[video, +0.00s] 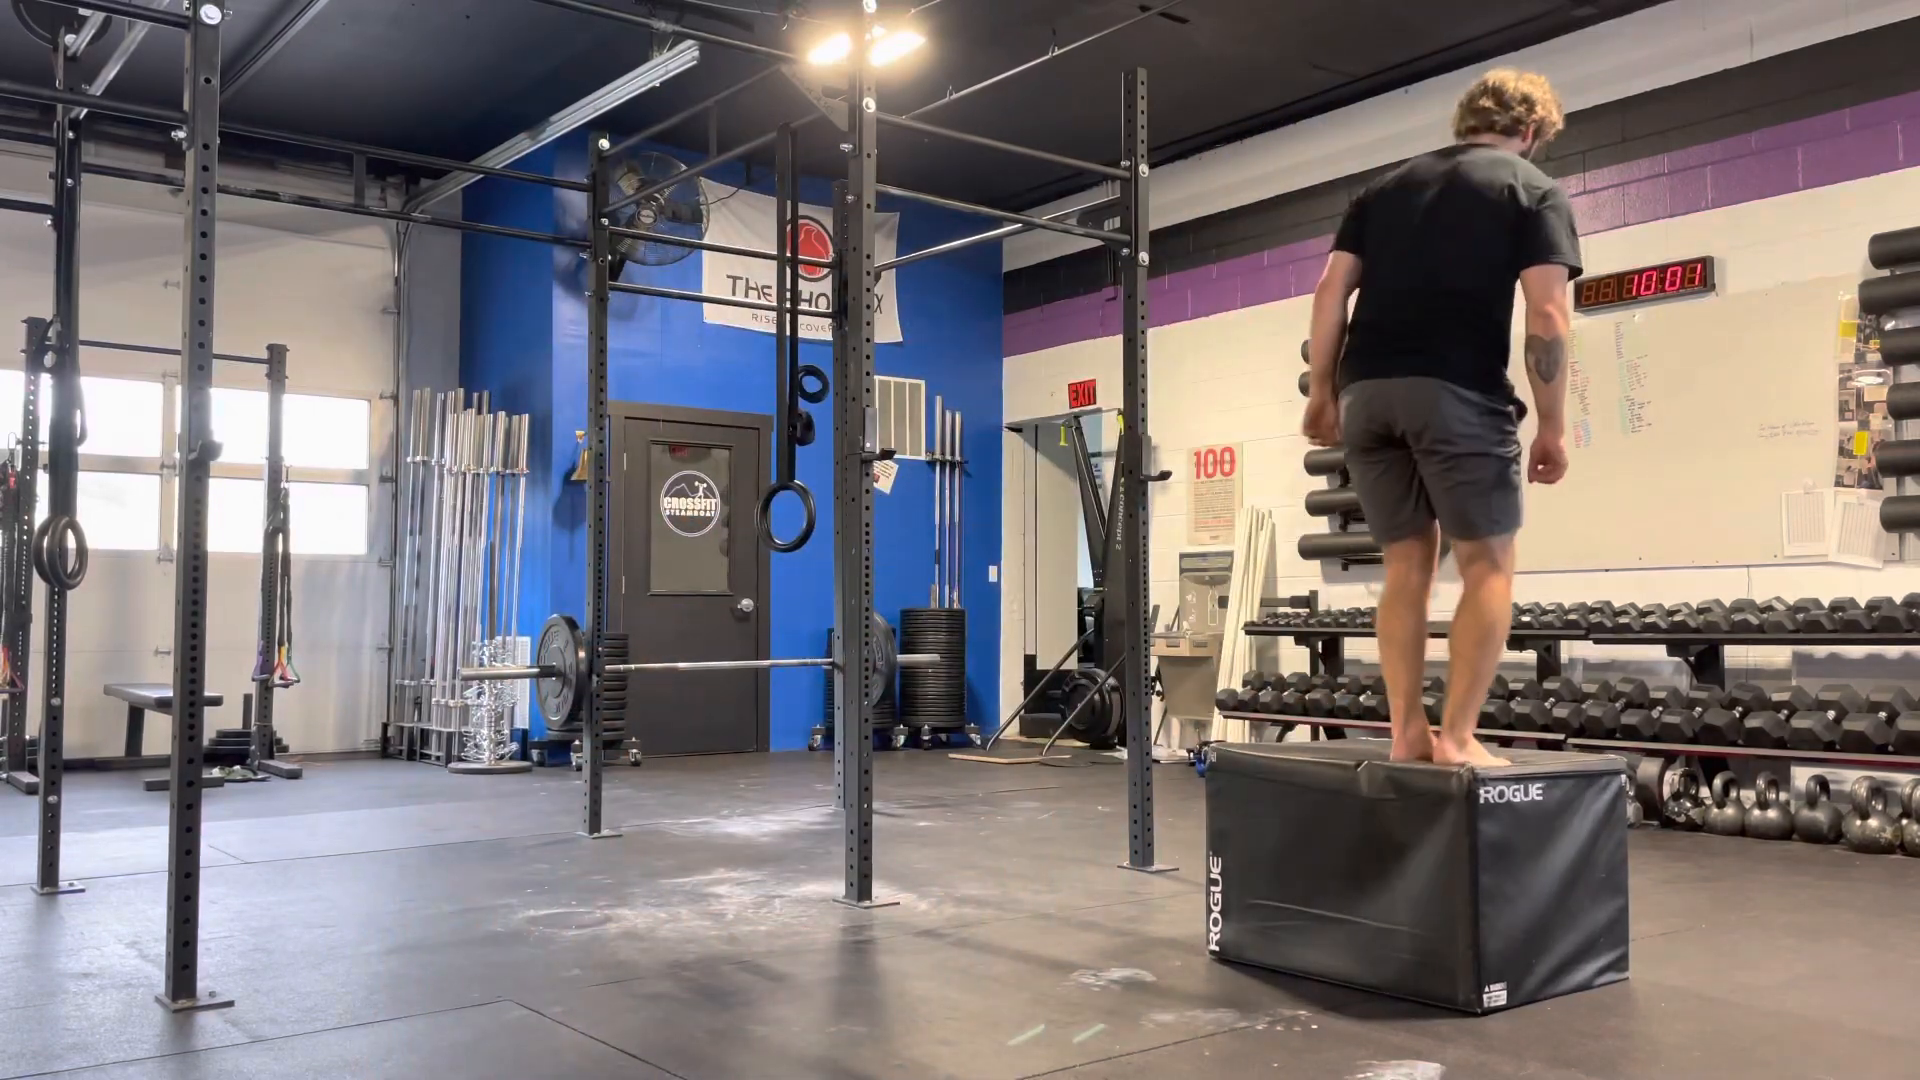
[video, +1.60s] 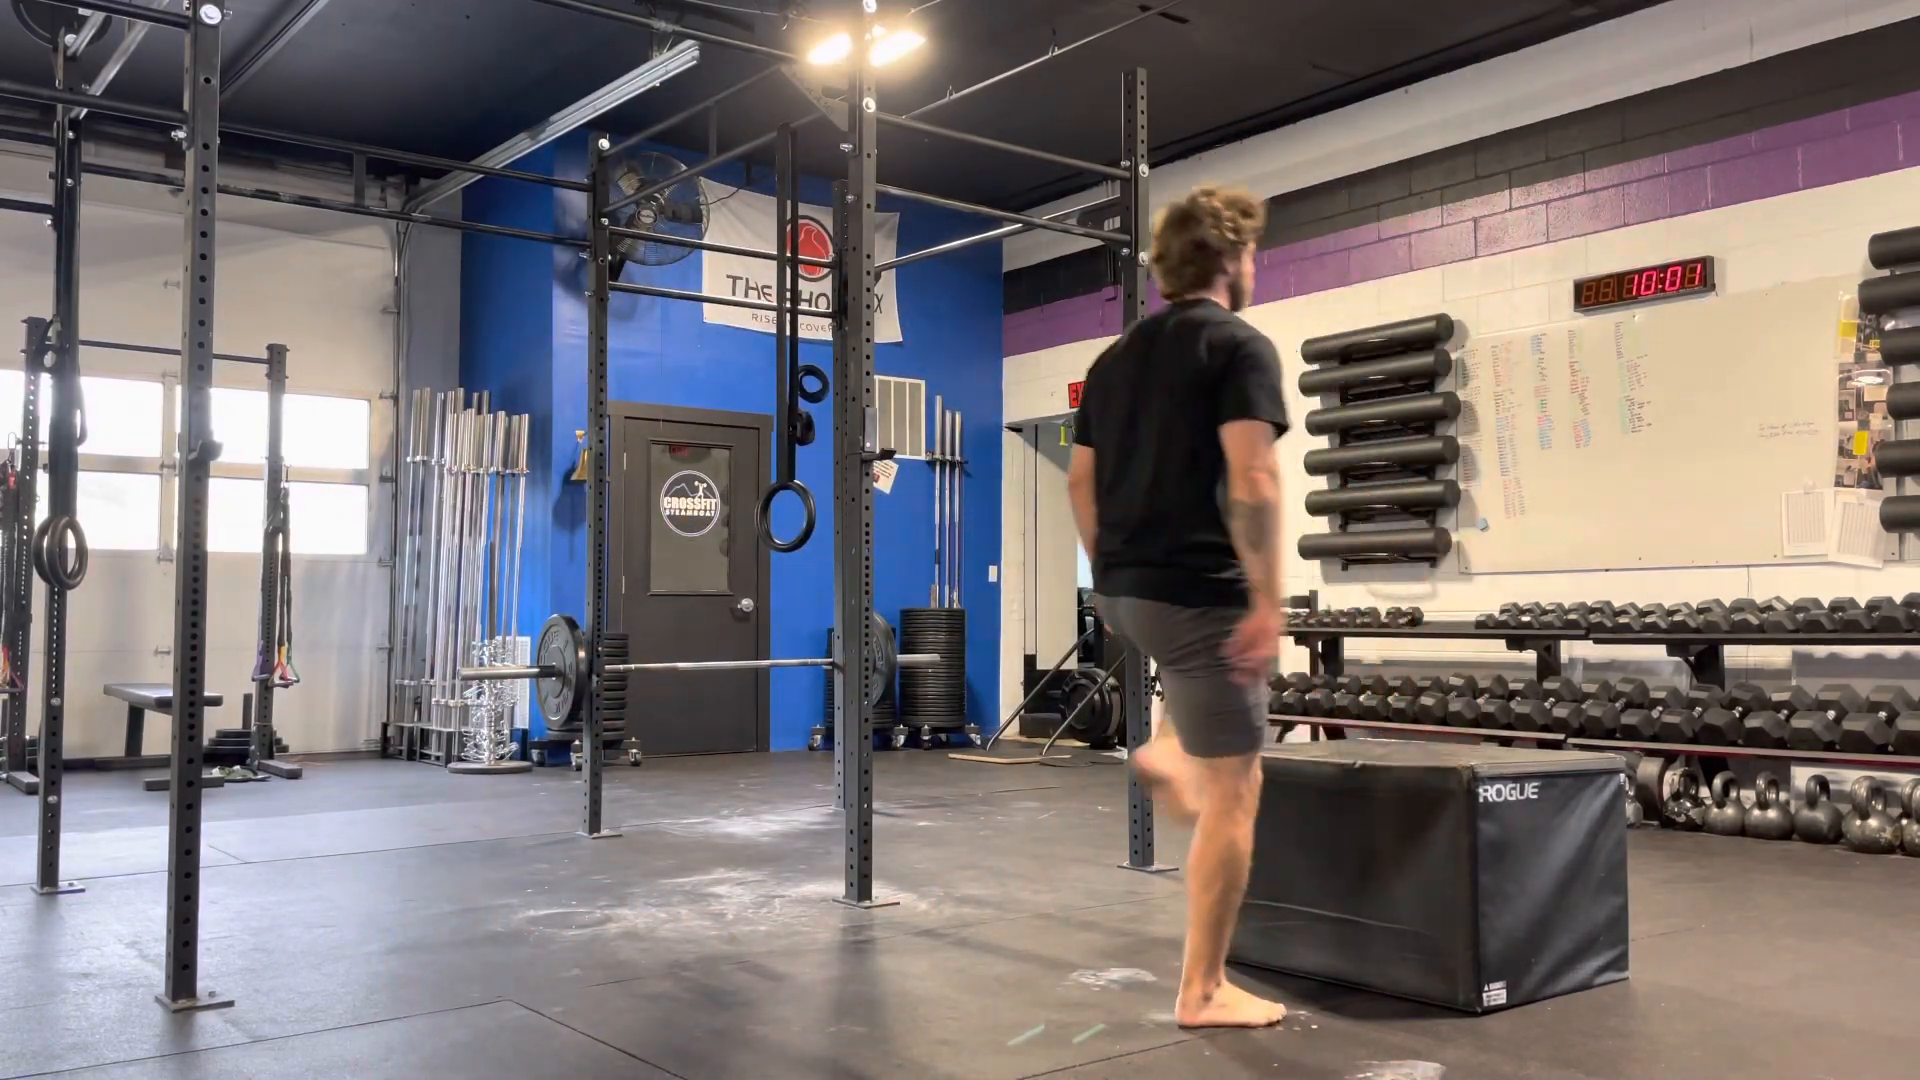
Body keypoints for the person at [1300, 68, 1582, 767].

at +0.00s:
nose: (1543, 151)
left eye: (1546, 142)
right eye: (1545, 141)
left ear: (1466, 123)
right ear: (1530, 131)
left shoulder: (1386, 186)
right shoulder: (1531, 188)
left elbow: (1330, 290)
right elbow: (1547, 318)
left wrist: (1321, 392)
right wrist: (1551, 427)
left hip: (1365, 391)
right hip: (1456, 391)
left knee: (1404, 560)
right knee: (1486, 568)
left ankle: (1407, 736)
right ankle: (1455, 740)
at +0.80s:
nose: (1467, 165)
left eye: (1465, 157)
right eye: (1465, 156)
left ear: (1386, 160)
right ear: (1449, 149)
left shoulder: (1341, 227)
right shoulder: (1459, 183)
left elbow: (1302, 336)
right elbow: (1485, 280)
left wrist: (1295, 438)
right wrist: (1510, 396)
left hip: (1321, 396)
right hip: (1396, 392)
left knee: (1383, 568)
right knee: (1443, 573)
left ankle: (1403, 735)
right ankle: (1319, 698)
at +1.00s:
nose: (1444, 202)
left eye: (1440, 192)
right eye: (1440, 192)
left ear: (1358, 202)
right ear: (1427, 190)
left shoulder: (1319, 261)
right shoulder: (1441, 227)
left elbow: (1268, 375)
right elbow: (1492, 351)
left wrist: (1273, 477)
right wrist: (1508, 449)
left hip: (1290, 429)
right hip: (1360, 433)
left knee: (1387, 577)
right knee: (1347, 636)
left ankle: (1402, 731)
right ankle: (1270, 794)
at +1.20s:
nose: (1400, 273)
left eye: (1394, 263)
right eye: (1396, 262)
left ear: (1312, 270)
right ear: (1384, 267)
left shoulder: (1272, 339)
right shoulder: (1404, 317)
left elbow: (1221, 457)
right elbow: (1477, 442)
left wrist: (1248, 530)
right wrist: (1484, 510)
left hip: (1244, 531)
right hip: (1314, 543)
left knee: (1382, 563)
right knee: (1293, 753)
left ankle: (1404, 733)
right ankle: (1239, 930)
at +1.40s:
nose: (1326, 317)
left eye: (1324, 303)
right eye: (1324, 304)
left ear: (1244, 311)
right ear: (1305, 310)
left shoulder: (1186, 399)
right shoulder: (1311, 383)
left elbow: (1148, 519)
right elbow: (1386, 512)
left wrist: (1172, 613)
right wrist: (1429, 566)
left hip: (1199, 615)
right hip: (1272, 621)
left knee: (1326, 560)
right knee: (1291, 815)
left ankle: (1389, 725)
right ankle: (1205, 992)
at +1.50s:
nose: (1291, 290)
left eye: (1289, 276)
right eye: (1289, 277)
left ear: (1205, 282)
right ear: (1271, 283)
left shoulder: (1150, 372)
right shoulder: (1271, 361)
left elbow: (1115, 498)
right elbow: (1322, 507)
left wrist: (1132, 600)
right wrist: (1363, 598)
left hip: (1163, 600)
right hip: (1237, 606)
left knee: (1292, 559)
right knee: (1255, 804)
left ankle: (1303, 724)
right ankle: (1203, 989)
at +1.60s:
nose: (1257, 271)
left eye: (1255, 258)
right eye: (1254, 259)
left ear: (1163, 269)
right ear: (1235, 266)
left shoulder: (1112, 359)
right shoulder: (1240, 346)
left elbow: (1081, 479)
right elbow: (1252, 482)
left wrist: (1107, 570)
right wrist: (1268, 599)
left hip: (1124, 588)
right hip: (1199, 590)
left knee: (1210, 658)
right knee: (1229, 797)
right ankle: (1202, 987)